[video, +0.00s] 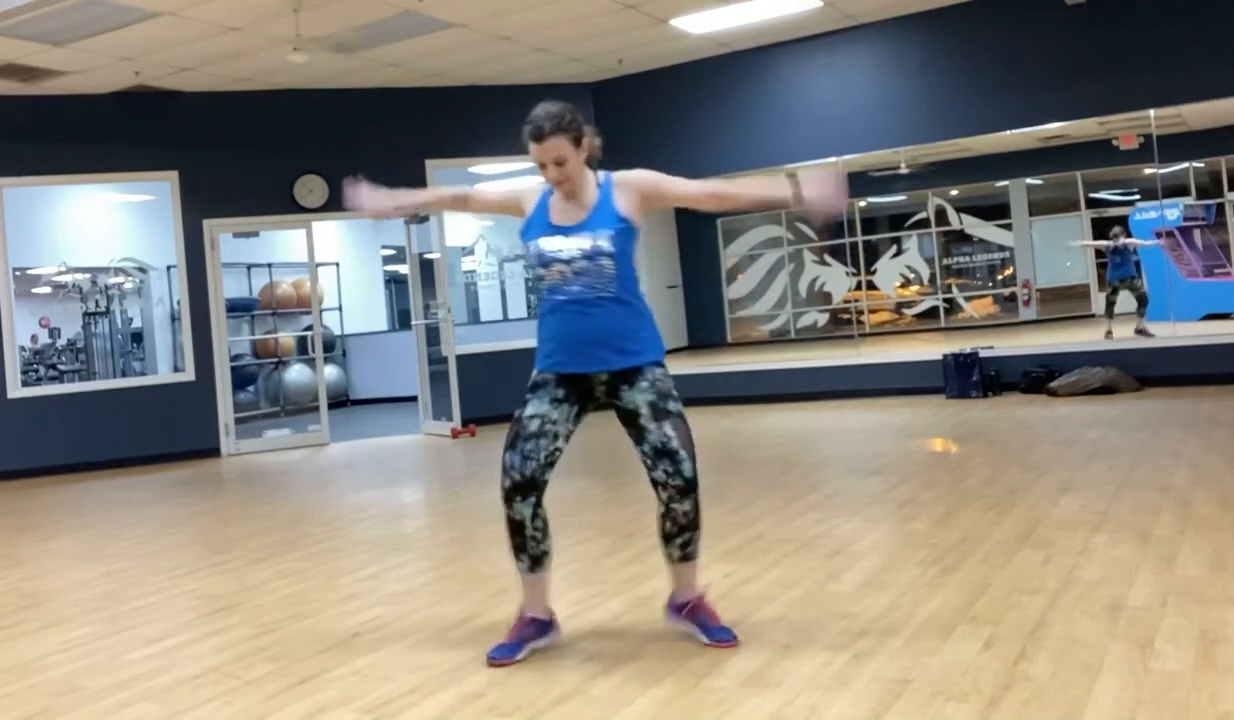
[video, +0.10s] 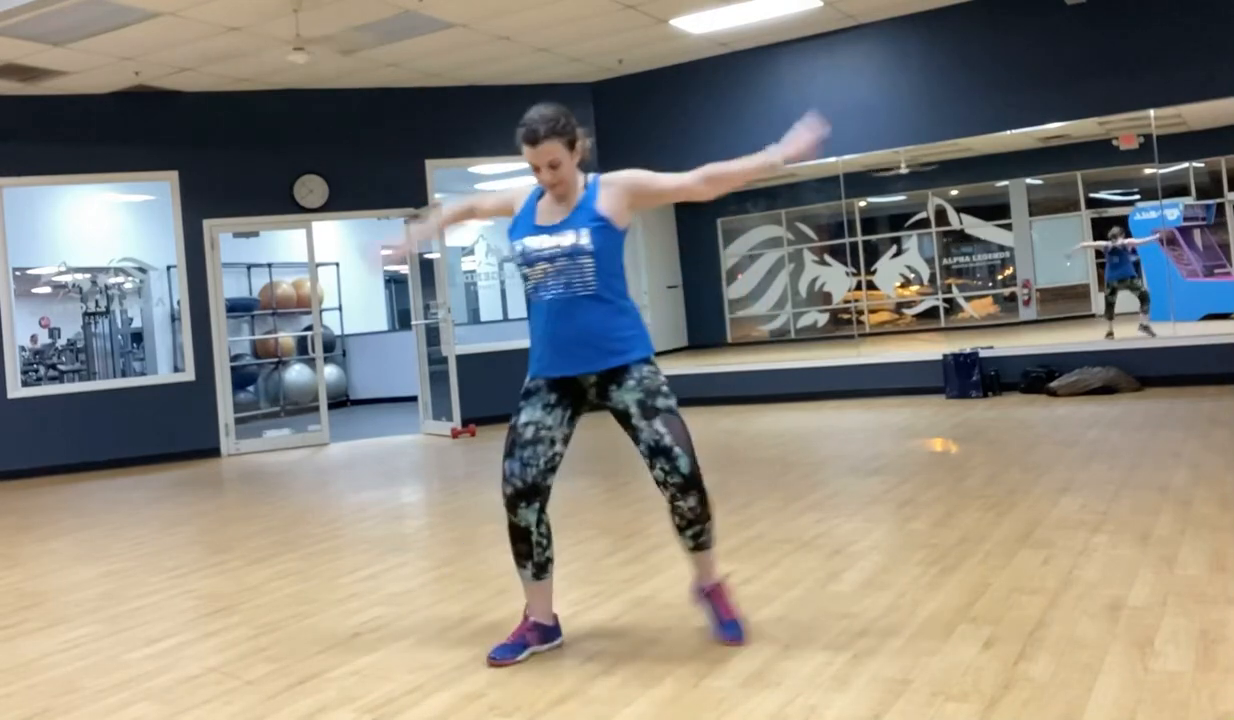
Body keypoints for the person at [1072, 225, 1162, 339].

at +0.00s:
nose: (1120, 238)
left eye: (1118, 236)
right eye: (1122, 235)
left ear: (1112, 236)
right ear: (1124, 235)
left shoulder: (1108, 244)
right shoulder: (1129, 242)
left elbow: (1092, 243)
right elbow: (1145, 243)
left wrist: (1079, 243)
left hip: (1113, 278)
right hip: (1130, 277)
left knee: (1110, 303)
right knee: (1142, 298)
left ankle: (1109, 329)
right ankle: (1140, 326)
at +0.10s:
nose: (1123, 237)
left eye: (1121, 236)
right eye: (1122, 235)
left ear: (1110, 236)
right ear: (1122, 235)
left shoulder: (1106, 245)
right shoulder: (1127, 242)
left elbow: (1085, 244)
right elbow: (1141, 242)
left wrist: (1071, 251)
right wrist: (1155, 237)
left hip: (1111, 279)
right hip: (1128, 277)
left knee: (1109, 303)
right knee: (1144, 296)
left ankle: (1110, 329)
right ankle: (1144, 323)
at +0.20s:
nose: (1121, 239)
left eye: (1121, 238)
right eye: (1121, 238)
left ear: (1109, 239)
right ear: (1120, 238)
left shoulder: (1103, 248)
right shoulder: (1125, 245)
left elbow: (1087, 254)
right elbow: (1140, 244)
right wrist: (1155, 238)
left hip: (1110, 280)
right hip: (1127, 278)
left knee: (1108, 304)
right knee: (1142, 298)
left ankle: (1110, 330)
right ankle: (1151, 321)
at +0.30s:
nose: (1121, 241)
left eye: (1120, 240)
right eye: (1120, 239)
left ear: (1108, 240)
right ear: (1119, 239)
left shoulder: (1103, 250)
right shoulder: (1125, 247)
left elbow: (1092, 259)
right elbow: (1142, 246)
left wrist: (1102, 254)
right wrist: (1159, 243)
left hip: (1111, 282)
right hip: (1127, 279)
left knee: (1108, 306)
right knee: (1141, 301)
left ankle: (1110, 330)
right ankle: (1151, 323)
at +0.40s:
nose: (1120, 241)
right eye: (1120, 239)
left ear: (1108, 240)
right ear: (1118, 239)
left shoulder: (1104, 250)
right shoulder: (1124, 249)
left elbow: (1102, 263)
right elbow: (1141, 252)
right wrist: (1159, 253)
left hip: (1112, 281)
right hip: (1126, 280)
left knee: (1107, 305)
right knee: (1139, 302)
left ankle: (1110, 330)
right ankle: (1151, 323)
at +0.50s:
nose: (1105, 240)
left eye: (1107, 238)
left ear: (1108, 240)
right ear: (1119, 240)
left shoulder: (1106, 250)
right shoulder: (1125, 250)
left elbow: (1105, 263)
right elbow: (1139, 262)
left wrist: (1103, 279)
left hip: (1113, 282)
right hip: (1127, 280)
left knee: (1106, 303)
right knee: (1138, 303)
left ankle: (1110, 329)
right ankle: (1152, 323)